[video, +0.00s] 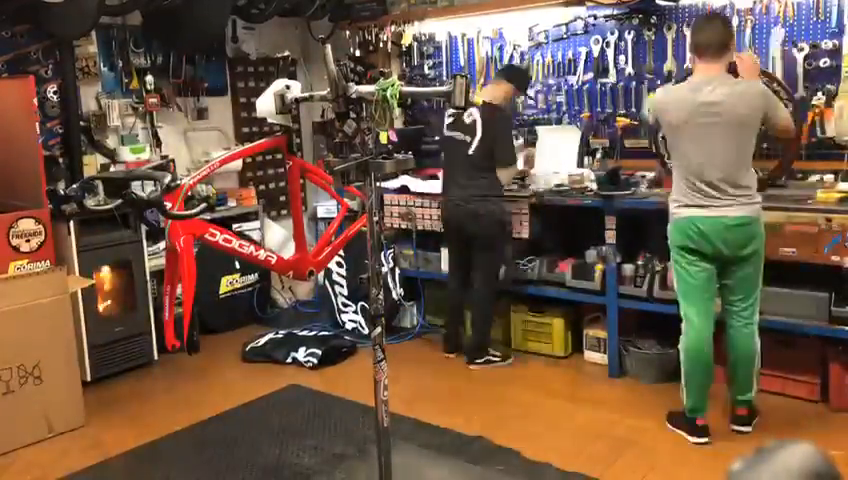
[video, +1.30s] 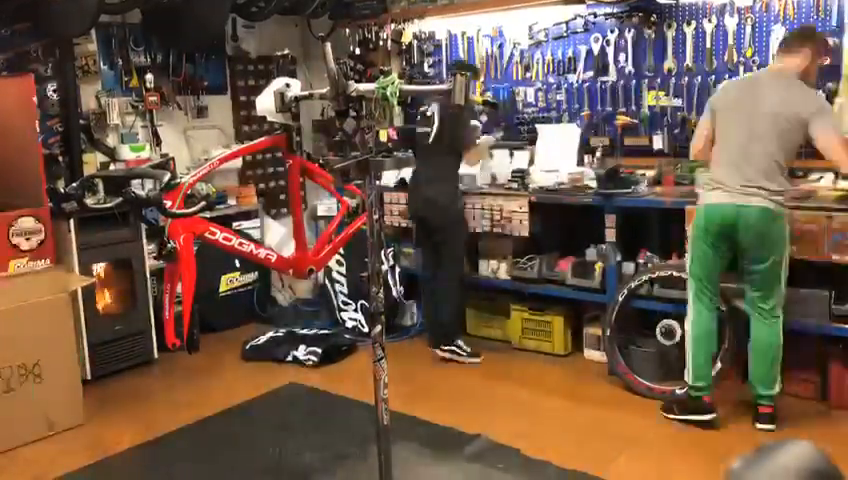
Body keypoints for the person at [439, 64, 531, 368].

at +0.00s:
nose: (513, 101)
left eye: (514, 96)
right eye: (515, 95)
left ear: (492, 82)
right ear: (511, 90)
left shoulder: (455, 114)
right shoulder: (497, 116)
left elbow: (452, 161)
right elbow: (505, 174)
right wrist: (523, 163)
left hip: (454, 206)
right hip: (485, 209)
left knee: (458, 276)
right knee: (485, 280)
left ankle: (451, 340)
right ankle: (478, 349)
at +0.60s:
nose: (502, 85)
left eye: (502, 80)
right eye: (503, 80)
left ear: (478, 74)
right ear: (498, 78)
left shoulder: (455, 105)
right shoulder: (488, 106)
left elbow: (460, 151)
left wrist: (505, 163)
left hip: (453, 192)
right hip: (481, 194)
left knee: (458, 271)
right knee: (492, 273)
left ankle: (466, 339)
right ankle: (496, 346)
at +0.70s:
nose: (424, 85)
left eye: (424, 79)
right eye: (425, 78)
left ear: (430, 81)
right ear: (458, 78)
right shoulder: (488, 113)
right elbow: (503, 153)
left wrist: (423, 169)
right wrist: (470, 154)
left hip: (467, 216)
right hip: (497, 210)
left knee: (475, 296)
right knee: (481, 289)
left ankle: (479, 380)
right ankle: (478, 356)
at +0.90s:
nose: (510, 92)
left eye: (508, 86)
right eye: (510, 87)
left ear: (480, 85)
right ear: (508, 85)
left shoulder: (456, 115)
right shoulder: (503, 113)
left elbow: (436, 158)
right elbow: (511, 163)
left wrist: (463, 156)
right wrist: (534, 167)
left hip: (458, 200)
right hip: (489, 203)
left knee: (460, 272)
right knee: (497, 277)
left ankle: (456, 340)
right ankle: (500, 356)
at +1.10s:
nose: (496, 114)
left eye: (498, 109)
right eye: (497, 108)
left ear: (476, 93)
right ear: (489, 99)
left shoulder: (448, 111)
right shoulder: (470, 111)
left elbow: (446, 151)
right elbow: (458, 140)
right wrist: (485, 158)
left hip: (434, 195)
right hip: (453, 197)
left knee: (445, 266)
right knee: (462, 267)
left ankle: (447, 336)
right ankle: (456, 341)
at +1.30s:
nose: (473, 90)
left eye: (473, 82)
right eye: (471, 83)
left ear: (444, 85)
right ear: (464, 86)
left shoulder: (422, 113)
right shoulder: (457, 115)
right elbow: (470, 158)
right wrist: (485, 144)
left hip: (419, 195)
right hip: (442, 197)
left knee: (432, 266)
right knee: (452, 267)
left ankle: (436, 334)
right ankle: (449, 338)